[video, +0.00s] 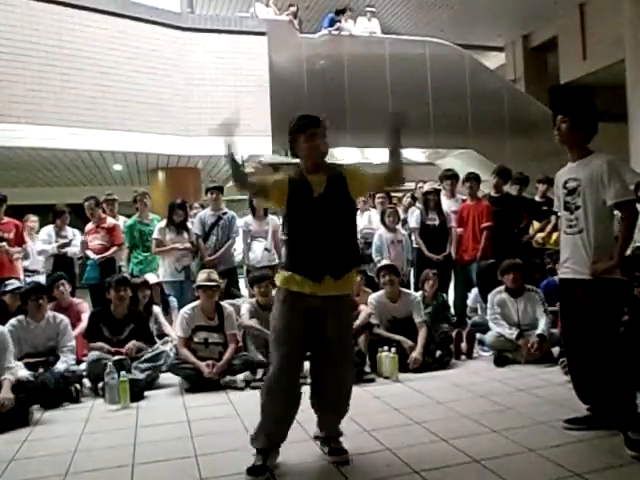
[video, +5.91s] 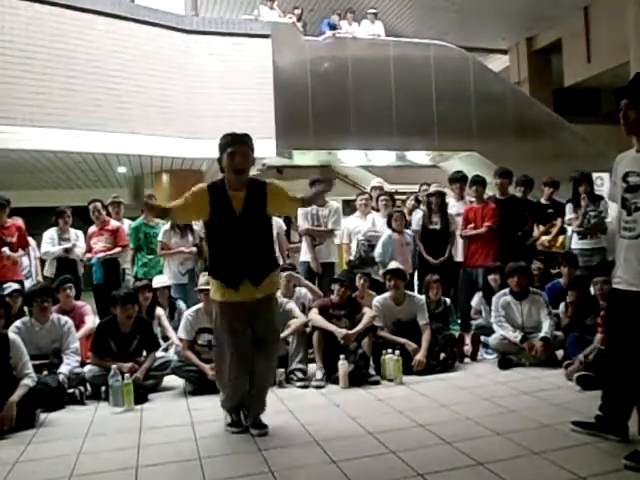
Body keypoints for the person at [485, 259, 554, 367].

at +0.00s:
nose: (512, 277)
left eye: (515, 273)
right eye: (508, 274)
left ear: (522, 275)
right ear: (502, 278)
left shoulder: (535, 293)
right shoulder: (495, 296)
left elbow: (544, 316)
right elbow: (494, 320)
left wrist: (540, 336)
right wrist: (517, 335)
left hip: (531, 331)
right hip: (508, 333)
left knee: (552, 336)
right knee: (491, 339)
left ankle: (512, 357)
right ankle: (539, 355)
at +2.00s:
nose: (513, 278)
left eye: (516, 274)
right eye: (509, 274)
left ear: (523, 276)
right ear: (504, 277)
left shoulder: (535, 293)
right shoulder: (495, 296)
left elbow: (543, 315)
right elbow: (494, 320)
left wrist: (540, 336)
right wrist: (517, 336)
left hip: (531, 331)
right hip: (508, 333)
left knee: (553, 335)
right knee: (491, 338)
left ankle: (513, 357)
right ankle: (538, 355)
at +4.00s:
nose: (517, 280)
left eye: (521, 276)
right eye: (513, 277)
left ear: (527, 278)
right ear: (508, 280)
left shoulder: (539, 296)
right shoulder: (499, 299)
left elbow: (548, 319)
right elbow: (498, 323)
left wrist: (544, 339)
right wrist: (522, 339)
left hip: (535, 335)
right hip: (512, 336)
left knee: (558, 338)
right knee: (495, 341)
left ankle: (519, 360)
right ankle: (541, 358)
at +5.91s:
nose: (517, 281)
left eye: (520, 276)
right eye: (512, 277)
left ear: (527, 278)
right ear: (507, 280)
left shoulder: (539, 296)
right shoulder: (499, 299)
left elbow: (548, 319)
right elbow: (498, 323)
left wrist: (544, 339)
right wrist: (521, 339)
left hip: (535, 334)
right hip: (513, 335)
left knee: (559, 338)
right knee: (495, 341)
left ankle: (519, 360)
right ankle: (542, 358)